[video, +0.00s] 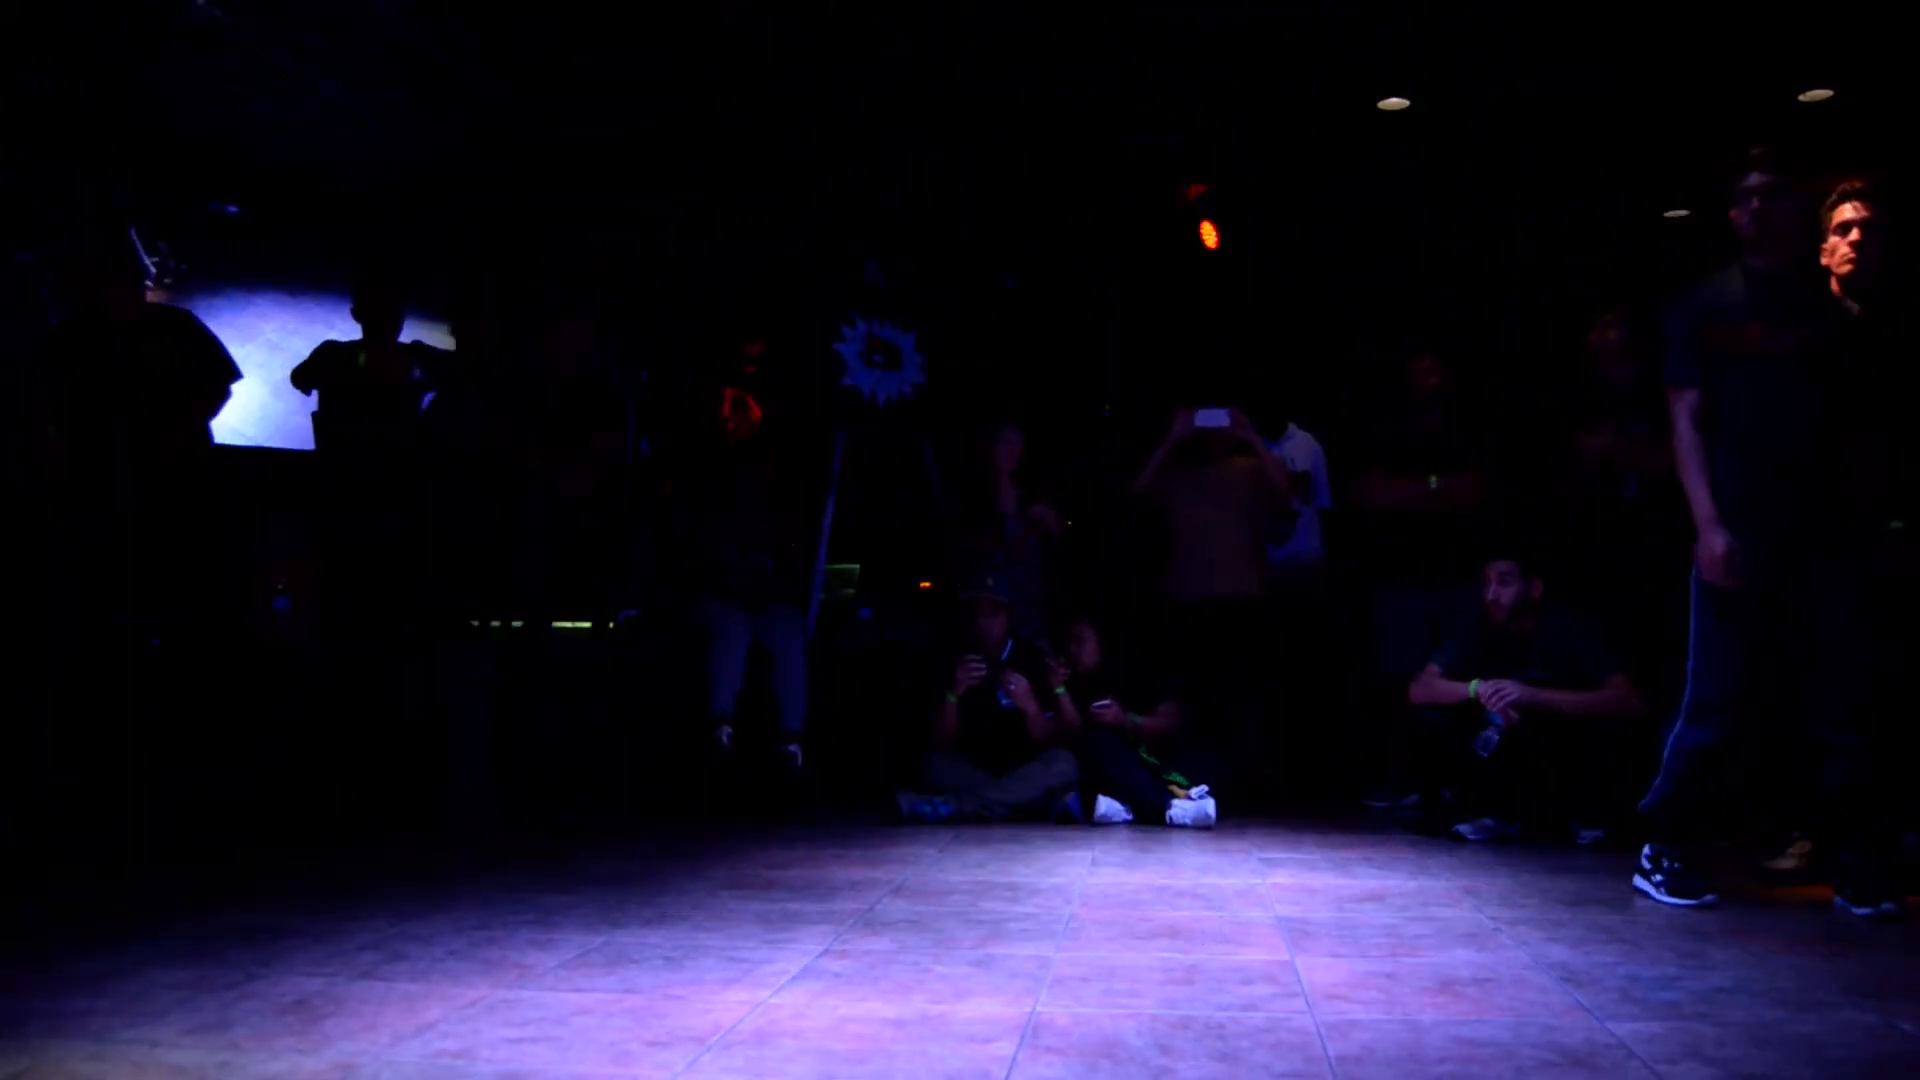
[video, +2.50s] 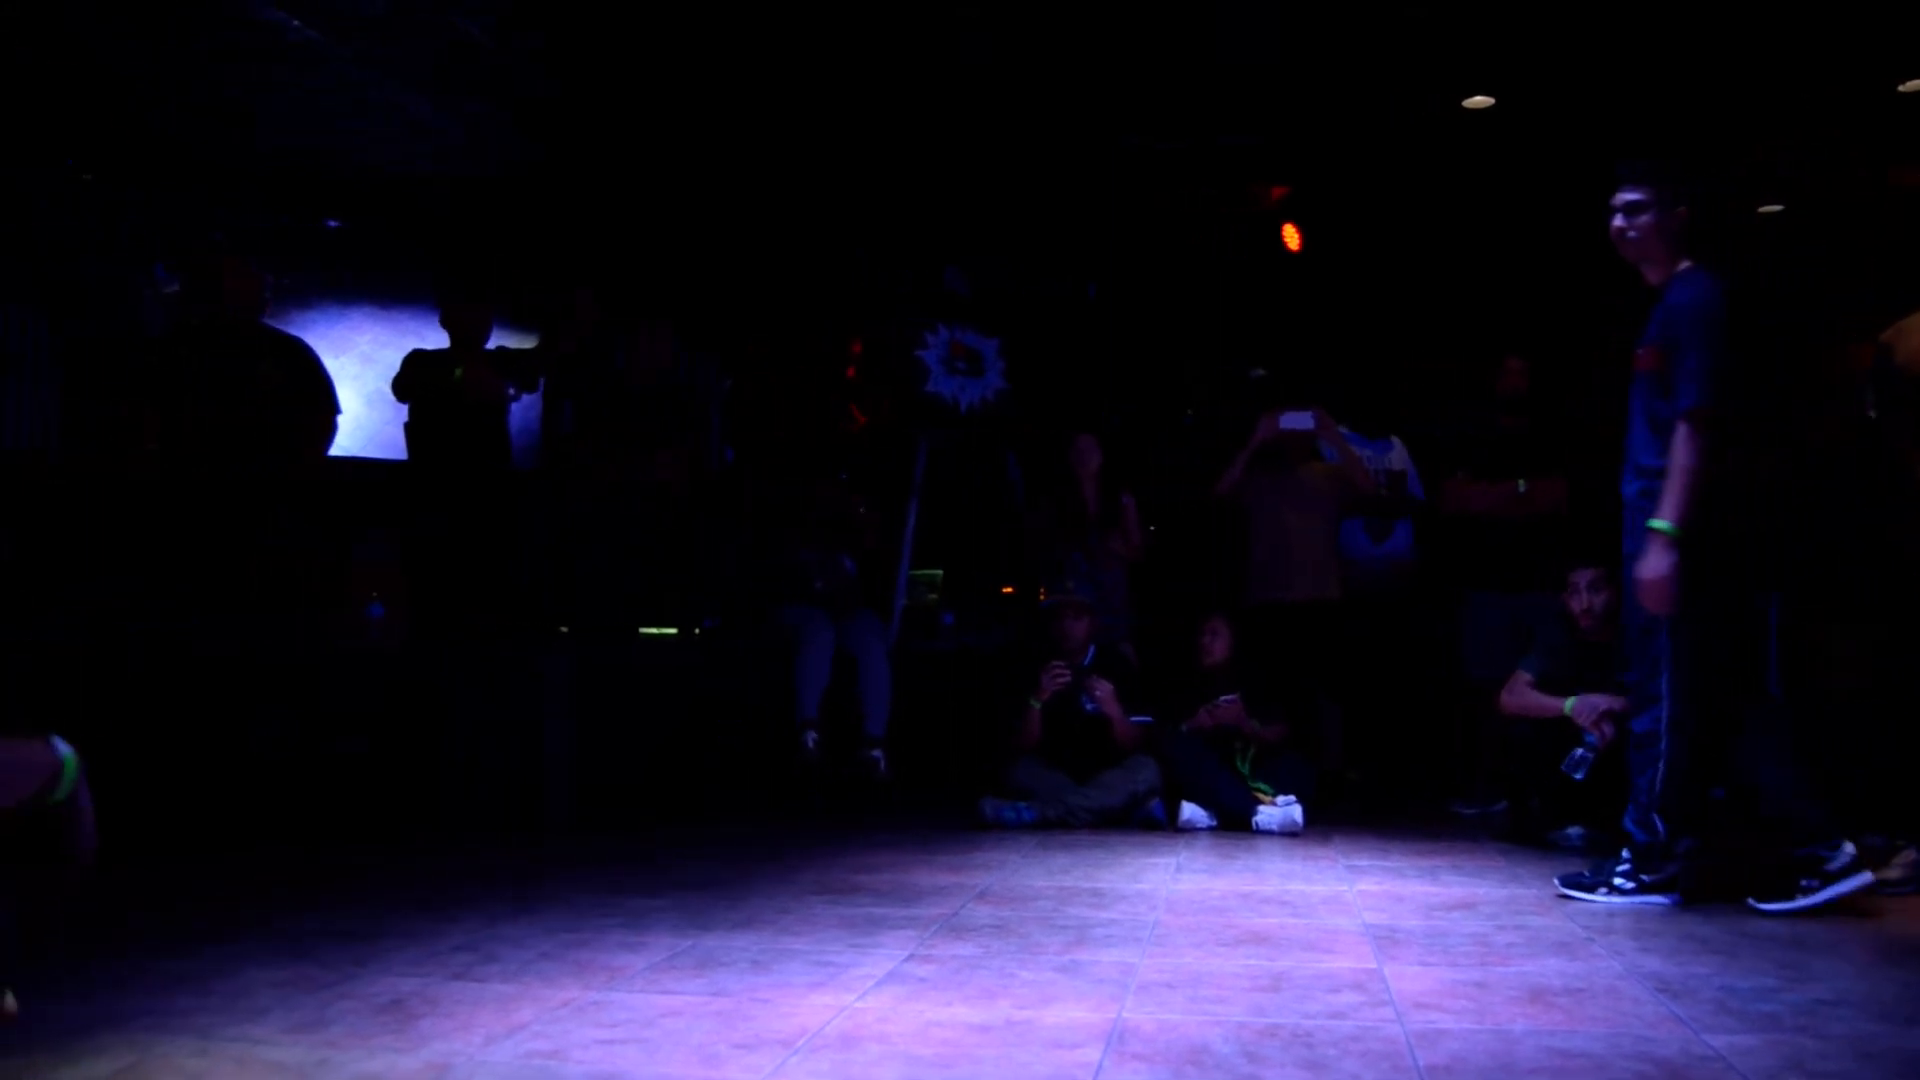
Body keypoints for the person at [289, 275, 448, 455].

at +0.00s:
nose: (385, 322)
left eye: (392, 314)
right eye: (377, 313)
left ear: (401, 316)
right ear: (357, 314)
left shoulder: (416, 356)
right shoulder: (333, 354)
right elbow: (299, 379)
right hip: (343, 451)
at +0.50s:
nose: (384, 321)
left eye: (392, 311)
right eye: (376, 310)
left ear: (403, 315)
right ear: (358, 312)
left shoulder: (421, 363)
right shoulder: (332, 353)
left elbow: (443, 414)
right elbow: (300, 383)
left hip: (401, 459)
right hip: (343, 456)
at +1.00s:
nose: (382, 319)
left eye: (390, 309)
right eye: (373, 308)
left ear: (400, 313)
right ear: (355, 311)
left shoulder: (411, 354)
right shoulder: (329, 355)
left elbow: (459, 354)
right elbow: (300, 389)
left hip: (399, 458)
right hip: (341, 458)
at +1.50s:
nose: (387, 327)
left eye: (394, 318)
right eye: (378, 317)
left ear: (404, 321)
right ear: (360, 320)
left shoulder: (417, 362)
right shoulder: (335, 358)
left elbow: (463, 364)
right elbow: (303, 387)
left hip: (405, 463)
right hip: (345, 463)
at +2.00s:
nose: (444, 325)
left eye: (451, 315)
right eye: (436, 315)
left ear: (461, 317)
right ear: (419, 317)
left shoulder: (474, 357)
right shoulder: (397, 355)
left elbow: (515, 349)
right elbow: (368, 386)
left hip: (461, 456)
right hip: (406, 457)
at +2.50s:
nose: (474, 327)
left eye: (481, 318)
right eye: (464, 318)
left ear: (490, 322)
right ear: (445, 320)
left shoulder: (498, 362)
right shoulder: (423, 361)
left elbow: (544, 357)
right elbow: (401, 391)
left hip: (490, 464)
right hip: (434, 465)